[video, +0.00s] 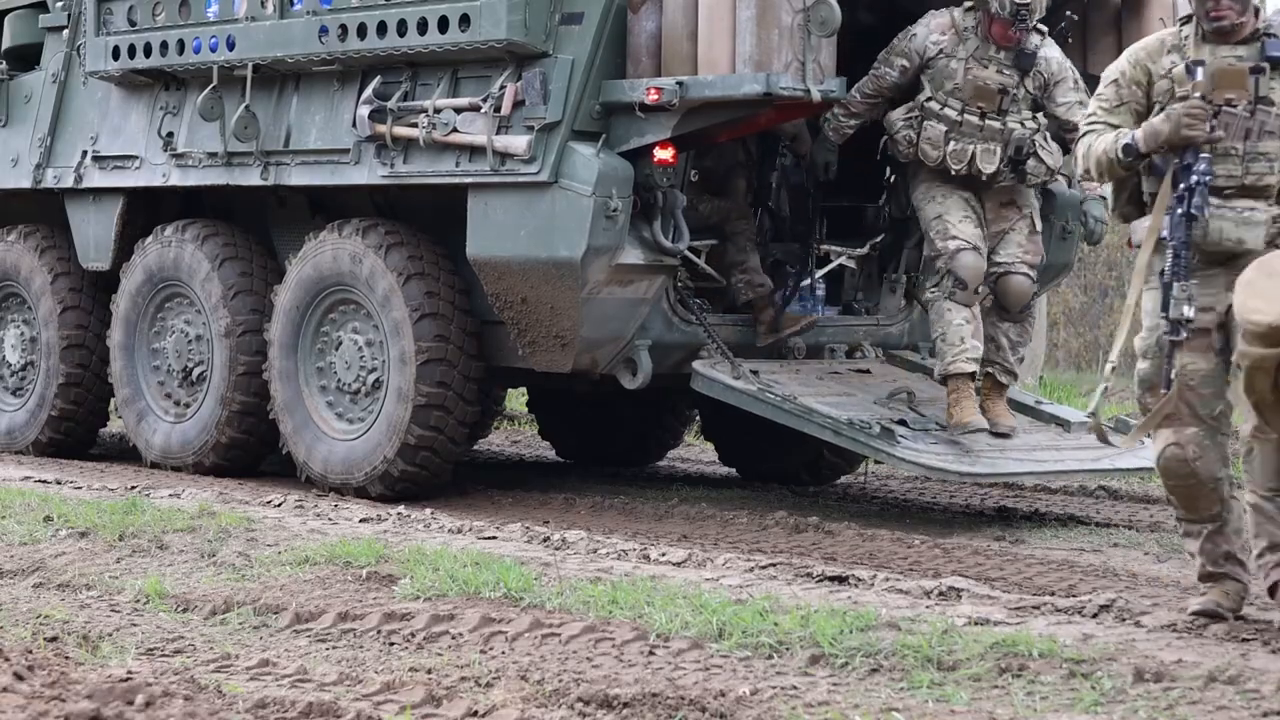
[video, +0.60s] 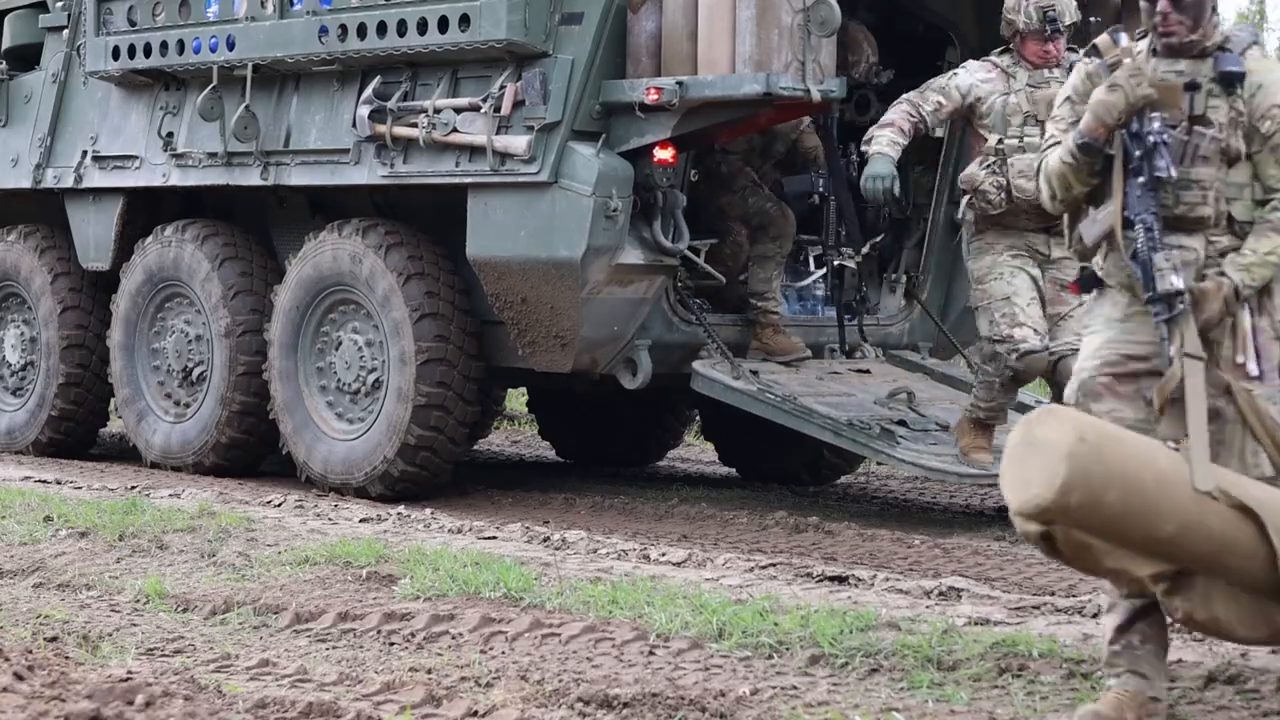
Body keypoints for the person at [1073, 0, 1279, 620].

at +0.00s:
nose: (1222, 6)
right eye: (1211, 0)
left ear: (1255, 4)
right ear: (1192, 3)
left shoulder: (1275, 51)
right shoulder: (1148, 58)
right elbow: (1089, 155)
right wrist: (1154, 133)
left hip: (1269, 265)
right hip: (1187, 266)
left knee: (1271, 428)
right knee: (1185, 448)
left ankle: (1269, 569)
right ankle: (1223, 579)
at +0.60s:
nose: (1175, 13)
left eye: (1190, 2)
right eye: (1163, 3)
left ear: (1217, 9)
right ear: (1144, 9)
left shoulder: (1254, 79)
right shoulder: (1103, 77)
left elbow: (1277, 208)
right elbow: (1058, 195)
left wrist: (1232, 280)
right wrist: (1095, 130)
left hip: (1230, 296)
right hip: (1131, 295)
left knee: (1236, 477)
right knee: (1108, 460)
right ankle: (1136, 665)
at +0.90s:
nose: (1092, 9)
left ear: (1141, 5)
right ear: (1063, 6)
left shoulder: (1189, 100)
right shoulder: (1008, 76)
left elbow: (1214, 229)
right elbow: (966, 202)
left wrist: (1129, 287)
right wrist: (1027, 163)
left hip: (1131, 332)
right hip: (1031, 327)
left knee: (1114, 501)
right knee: (1041, 503)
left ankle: (1112, 679)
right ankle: (1107, 673)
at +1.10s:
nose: (1030, 28)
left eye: (1049, 14)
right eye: (1017, 14)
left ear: (1085, 16)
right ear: (1001, 18)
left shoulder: (1126, 119)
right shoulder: (954, 87)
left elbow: (1146, 255)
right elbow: (880, 202)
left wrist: (1041, 292)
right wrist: (929, 174)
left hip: (1057, 371)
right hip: (944, 363)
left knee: (1041, 546)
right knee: (964, 542)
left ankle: (1065, 703)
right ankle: (1019, 700)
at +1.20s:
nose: (979, 40)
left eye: (996, 22)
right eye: (964, 26)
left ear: (1037, 20)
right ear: (950, 29)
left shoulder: (1087, 133)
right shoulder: (912, 101)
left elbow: (1095, 266)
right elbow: (844, 200)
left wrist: (984, 285)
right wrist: (871, 215)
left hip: (1013, 388)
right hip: (901, 379)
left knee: (1003, 573)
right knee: (932, 568)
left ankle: (1011, 706)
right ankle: (1002, 701)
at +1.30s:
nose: (908, 35)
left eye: (926, 19)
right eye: (896, 21)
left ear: (976, 12)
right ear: (885, 23)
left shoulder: (1029, 121)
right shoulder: (861, 95)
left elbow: (1048, 260)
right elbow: (809, 190)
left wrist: (914, 279)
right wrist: (819, 246)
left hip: (966, 395)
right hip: (844, 381)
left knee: (959, 611)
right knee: (782, 562)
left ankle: (985, 706)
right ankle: (832, 703)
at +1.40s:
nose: (830, 26)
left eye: (848, 11)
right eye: (818, 12)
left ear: (898, 5)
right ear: (808, 13)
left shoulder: (959, 98)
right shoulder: (792, 90)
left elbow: (975, 248)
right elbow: (753, 206)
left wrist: (849, 264)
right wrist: (749, 244)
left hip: (908, 379)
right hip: (788, 368)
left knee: (914, 573)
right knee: (711, 550)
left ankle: (978, 702)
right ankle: (680, 710)